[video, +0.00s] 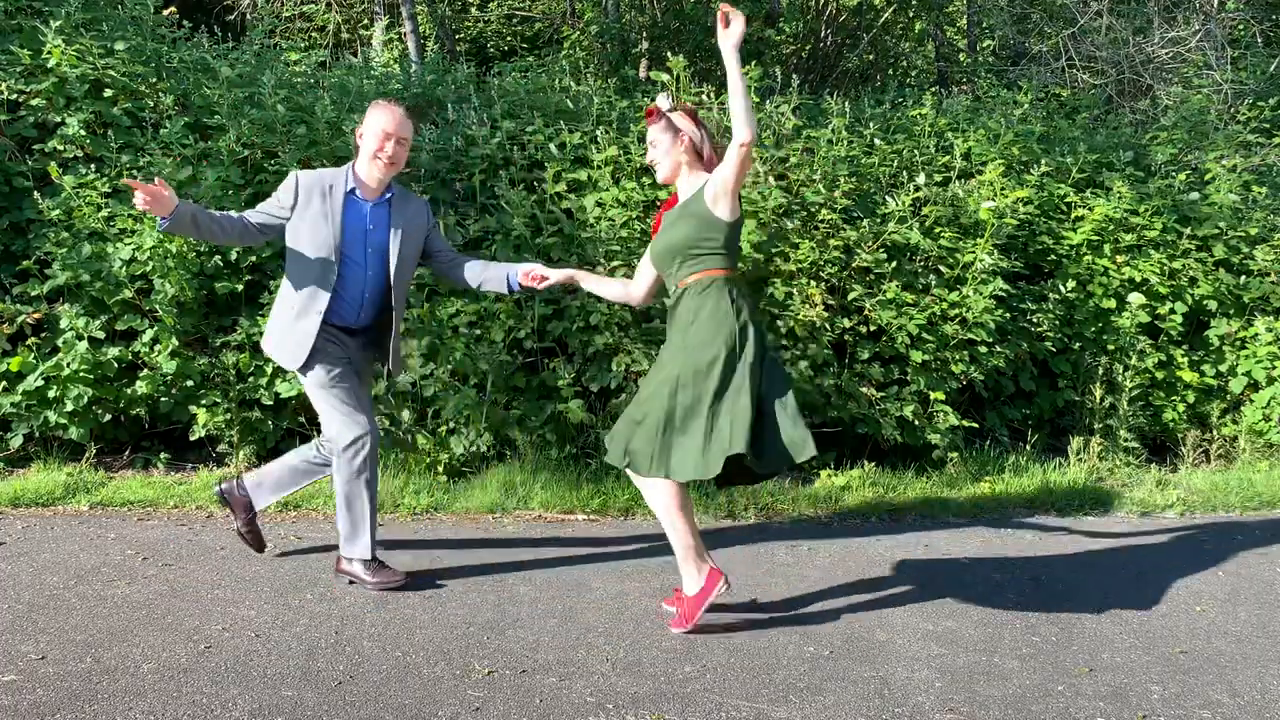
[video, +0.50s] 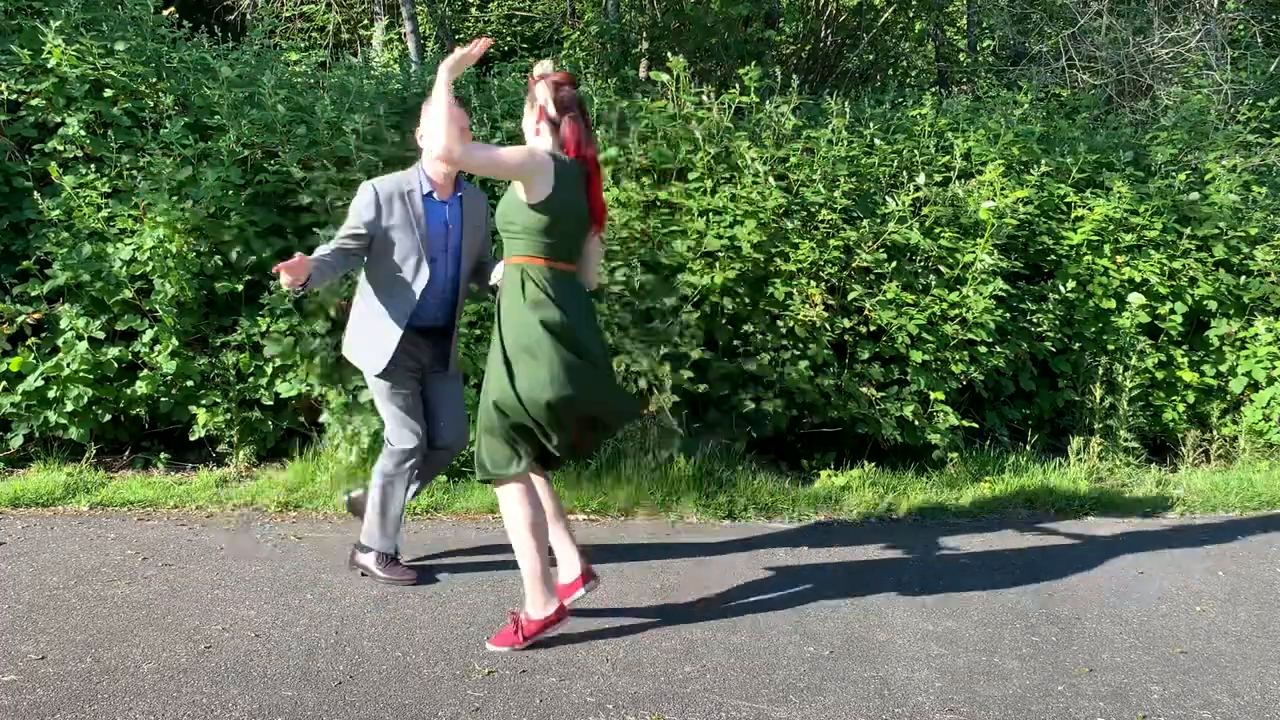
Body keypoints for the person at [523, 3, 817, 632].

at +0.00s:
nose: (646, 155)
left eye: (652, 142)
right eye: (645, 145)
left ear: (685, 138)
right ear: (672, 144)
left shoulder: (718, 184)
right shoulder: (671, 218)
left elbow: (745, 137)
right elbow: (636, 292)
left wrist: (730, 53)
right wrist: (568, 275)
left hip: (716, 317)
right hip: (687, 324)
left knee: (640, 443)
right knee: (651, 446)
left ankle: (696, 572)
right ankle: (694, 574)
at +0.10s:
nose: (630, 152)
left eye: (636, 140)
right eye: (629, 143)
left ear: (665, 137)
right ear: (652, 142)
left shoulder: (699, 186)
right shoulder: (650, 211)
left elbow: (712, 132)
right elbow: (622, 289)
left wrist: (693, 51)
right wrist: (553, 272)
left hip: (696, 321)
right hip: (659, 325)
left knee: (636, 447)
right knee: (648, 463)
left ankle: (632, 577)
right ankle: (705, 565)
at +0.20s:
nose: (605, 145)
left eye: (611, 136)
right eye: (607, 137)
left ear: (639, 139)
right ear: (630, 143)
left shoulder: (670, 191)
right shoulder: (627, 211)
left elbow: (669, 141)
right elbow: (602, 292)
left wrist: (648, 63)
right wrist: (535, 279)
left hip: (668, 338)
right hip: (628, 342)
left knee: (607, 470)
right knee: (642, 478)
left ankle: (541, 590)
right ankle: (708, 567)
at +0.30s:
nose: (584, 136)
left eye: (595, 127)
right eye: (584, 127)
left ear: (627, 140)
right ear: (590, 144)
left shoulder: (640, 190)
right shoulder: (600, 201)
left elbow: (614, 147)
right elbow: (589, 292)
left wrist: (591, 70)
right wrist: (520, 284)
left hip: (628, 335)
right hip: (597, 338)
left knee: (579, 467)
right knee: (619, 472)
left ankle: (532, 602)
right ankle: (699, 559)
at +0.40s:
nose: (565, 121)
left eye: (576, 111)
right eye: (559, 114)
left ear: (598, 123)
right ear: (556, 122)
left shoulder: (598, 172)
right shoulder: (575, 181)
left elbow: (537, 143)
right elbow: (570, 271)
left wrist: (519, 65)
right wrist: (517, 278)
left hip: (577, 327)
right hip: (561, 329)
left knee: (536, 462)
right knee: (570, 467)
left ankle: (532, 600)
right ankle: (663, 545)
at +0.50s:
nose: (522, 118)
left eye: (527, 109)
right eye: (527, 109)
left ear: (538, 116)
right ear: (573, 121)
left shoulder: (534, 162)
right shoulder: (585, 180)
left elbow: (451, 152)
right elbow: (589, 272)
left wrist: (444, 75)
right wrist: (518, 267)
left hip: (530, 321)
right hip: (566, 320)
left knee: (503, 454)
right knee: (518, 442)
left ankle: (540, 601)